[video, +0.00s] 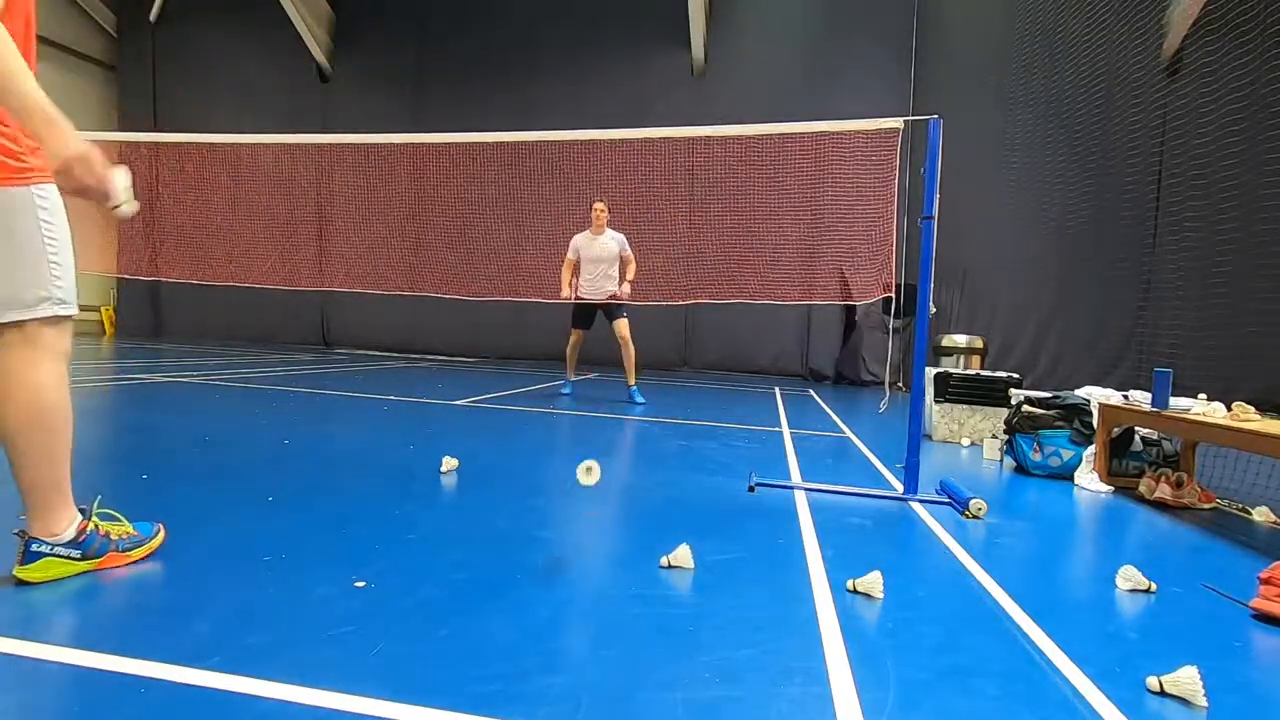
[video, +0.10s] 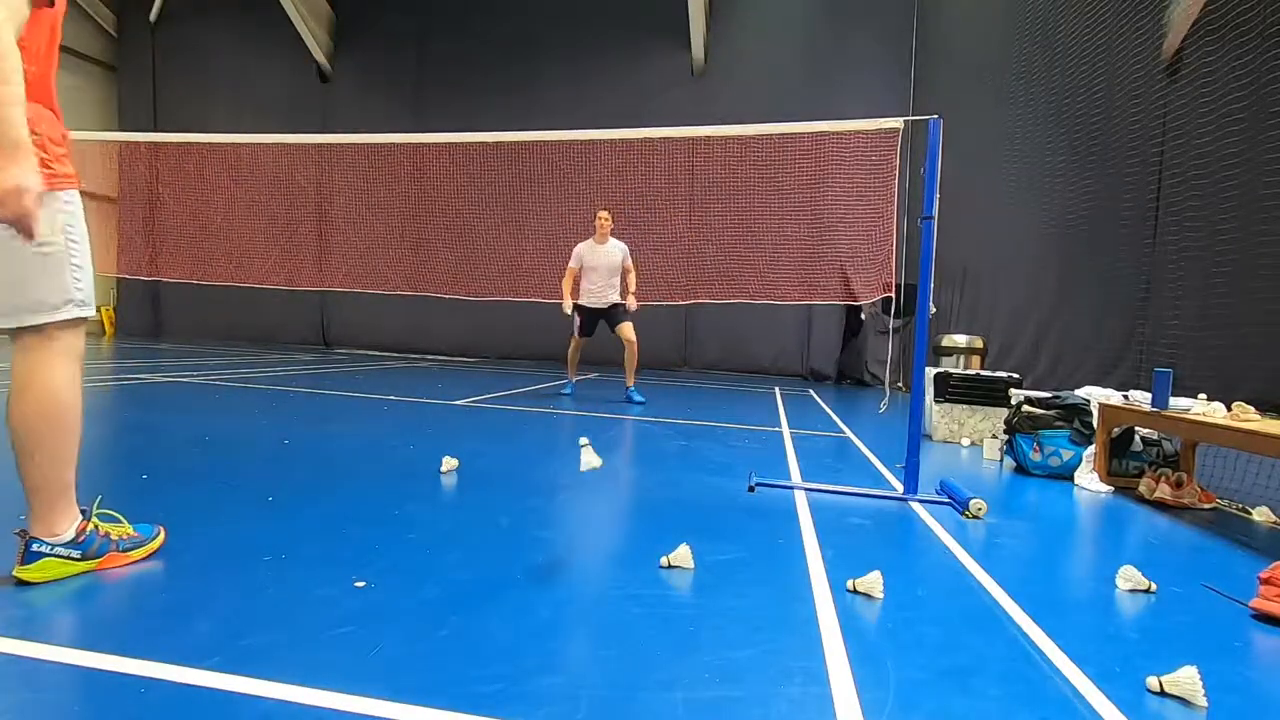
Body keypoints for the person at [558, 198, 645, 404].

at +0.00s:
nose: (599, 214)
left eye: (602, 211)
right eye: (596, 211)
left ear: (608, 215)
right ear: (590, 214)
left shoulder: (618, 239)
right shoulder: (578, 240)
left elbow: (630, 262)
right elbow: (568, 265)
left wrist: (627, 282)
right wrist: (565, 287)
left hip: (611, 297)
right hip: (585, 298)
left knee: (625, 337)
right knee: (575, 339)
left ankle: (632, 386)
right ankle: (569, 380)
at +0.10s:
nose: (603, 223)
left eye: (607, 220)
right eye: (600, 219)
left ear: (612, 224)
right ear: (594, 222)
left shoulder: (621, 248)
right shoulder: (581, 249)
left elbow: (629, 272)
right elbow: (569, 276)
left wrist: (631, 293)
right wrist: (567, 298)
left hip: (613, 304)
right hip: (586, 305)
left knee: (630, 340)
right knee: (576, 343)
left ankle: (630, 387)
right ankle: (570, 382)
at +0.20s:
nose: (614, 219)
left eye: (617, 216)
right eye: (611, 215)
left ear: (622, 220)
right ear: (605, 219)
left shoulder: (630, 245)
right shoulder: (590, 244)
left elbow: (633, 269)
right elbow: (576, 272)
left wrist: (635, 290)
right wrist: (575, 298)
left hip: (620, 303)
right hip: (593, 304)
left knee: (637, 341)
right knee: (580, 346)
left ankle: (630, 387)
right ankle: (571, 378)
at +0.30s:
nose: (625, 215)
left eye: (628, 212)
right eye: (621, 212)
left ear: (634, 217)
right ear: (616, 215)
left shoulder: (639, 243)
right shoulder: (600, 241)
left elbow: (640, 268)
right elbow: (586, 269)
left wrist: (643, 291)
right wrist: (585, 298)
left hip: (629, 302)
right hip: (603, 302)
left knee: (641, 343)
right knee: (595, 348)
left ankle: (631, 388)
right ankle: (579, 369)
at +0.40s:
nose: (636, 217)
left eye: (639, 214)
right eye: (633, 213)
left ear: (644, 219)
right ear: (626, 216)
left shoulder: (647, 247)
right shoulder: (609, 242)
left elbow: (649, 275)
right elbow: (597, 272)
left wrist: (654, 296)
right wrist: (596, 302)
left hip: (635, 302)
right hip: (610, 300)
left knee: (646, 348)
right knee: (613, 345)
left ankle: (631, 388)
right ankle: (601, 362)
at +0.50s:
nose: (642, 217)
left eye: (646, 214)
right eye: (639, 213)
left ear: (651, 220)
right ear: (633, 217)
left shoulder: (653, 248)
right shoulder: (617, 241)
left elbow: (657, 276)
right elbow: (603, 269)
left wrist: (667, 295)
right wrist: (607, 295)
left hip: (639, 302)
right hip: (617, 300)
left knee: (648, 350)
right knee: (624, 338)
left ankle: (632, 389)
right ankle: (612, 387)